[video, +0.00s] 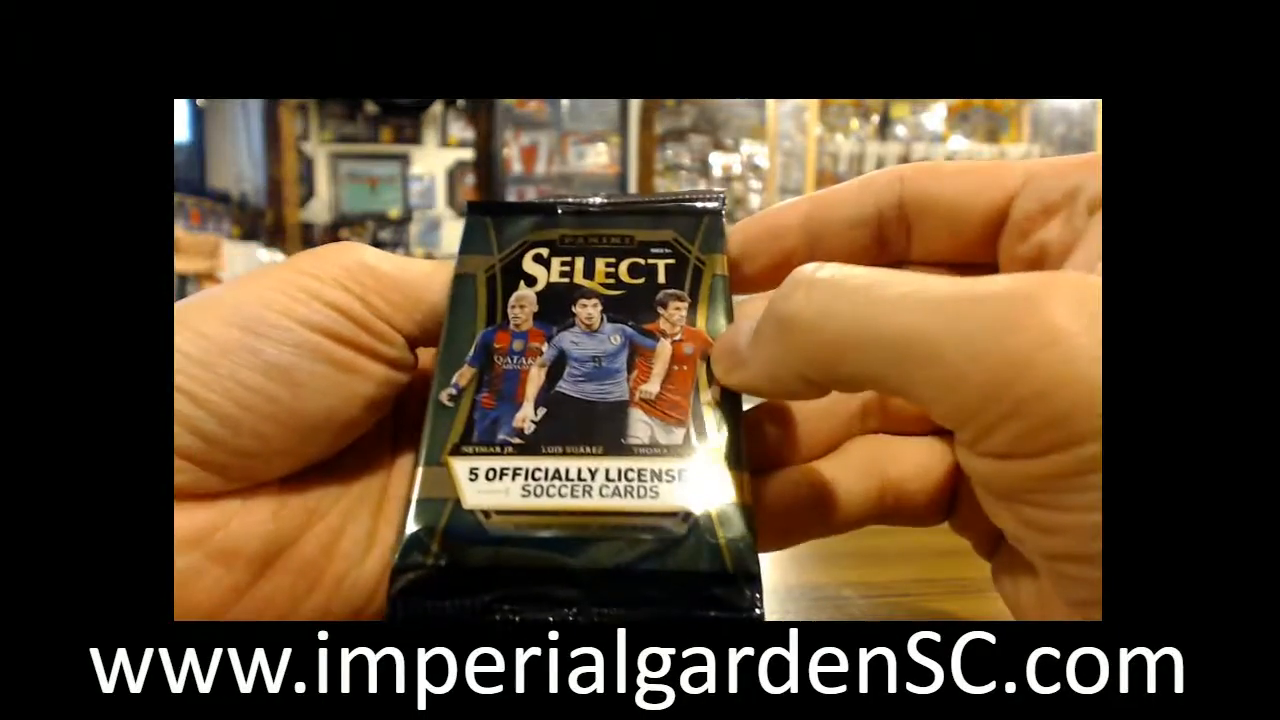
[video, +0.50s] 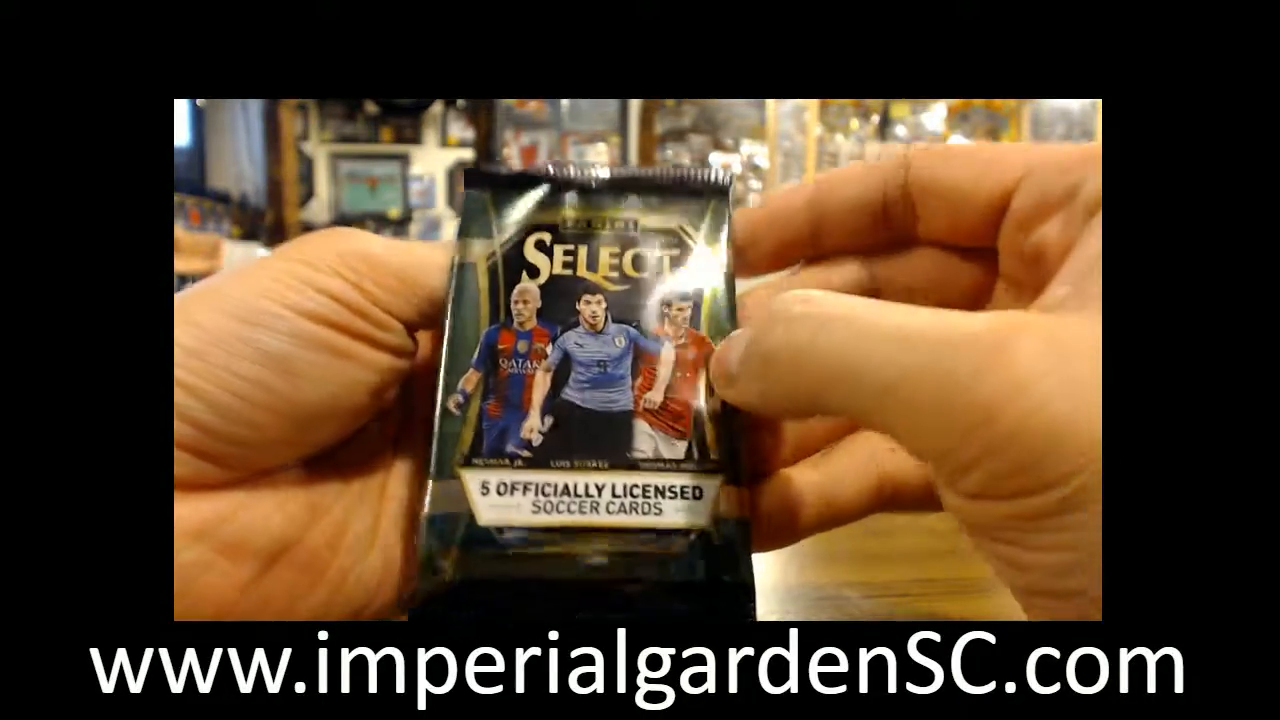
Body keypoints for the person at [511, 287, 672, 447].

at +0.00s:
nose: (590, 311)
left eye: (594, 306)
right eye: (583, 306)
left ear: (601, 308)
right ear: (574, 309)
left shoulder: (621, 331)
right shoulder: (564, 337)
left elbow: (663, 346)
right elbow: (539, 367)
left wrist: (654, 381)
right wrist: (528, 405)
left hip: (612, 404)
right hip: (569, 402)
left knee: (612, 462)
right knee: (534, 447)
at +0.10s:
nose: (594, 313)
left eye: (599, 308)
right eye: (588, 308)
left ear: (605, 309)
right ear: (579, 312)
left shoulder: (626, 333)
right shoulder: (568, 339)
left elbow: (667, 348)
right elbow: (544, 370)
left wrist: (659, 384)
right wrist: (532, 408)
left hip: (617, 406)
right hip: (576, 404)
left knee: (616, 464)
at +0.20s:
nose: (595, 317)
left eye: (600, 311)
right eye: (589, 312)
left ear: (607, 313)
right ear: (580, 315)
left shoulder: (626, 336)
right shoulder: (569, 342)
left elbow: (668, 351)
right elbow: (545, 373)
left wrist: (660, 386)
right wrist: (533, 410)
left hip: (618, 409)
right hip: (576, 407)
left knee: (618, 466)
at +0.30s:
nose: (595, 319)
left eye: (600, 314)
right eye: (589, 314)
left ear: (606, 315)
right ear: (579, 317)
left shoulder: (626, 338)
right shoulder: (568, 345)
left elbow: (667, 353)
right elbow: (545, 375)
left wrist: (659, 388)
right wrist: (533, 412)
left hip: (617, 412)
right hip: (579, 411)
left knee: (617, 469)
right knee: (575, 467)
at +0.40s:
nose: (595, 316)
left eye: (600, 311)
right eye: (589, 311)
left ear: (607, 313)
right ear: (580, 314)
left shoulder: (626, 338)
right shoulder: (569, 341)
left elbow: (663, 354)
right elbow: (544, 373)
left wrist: (658, 390)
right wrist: (534, 411)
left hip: (616, 409)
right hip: (576, 406)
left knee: (613, 467)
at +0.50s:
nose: (594, 309)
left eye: (599, 303)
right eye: (588, 303)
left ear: (606, 306)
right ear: (578, 307)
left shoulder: (626, 334)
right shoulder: (567, 339)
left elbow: (666, 348)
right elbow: (545, 371)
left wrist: (658, 390)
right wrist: (534, 413)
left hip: (617, 414)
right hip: (576, 412)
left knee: (616, 476)